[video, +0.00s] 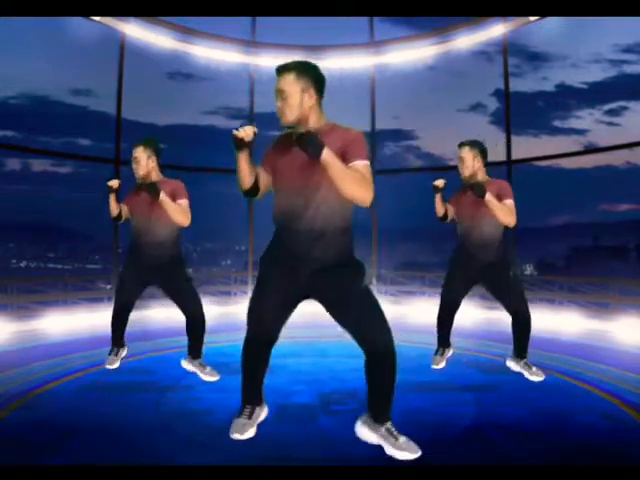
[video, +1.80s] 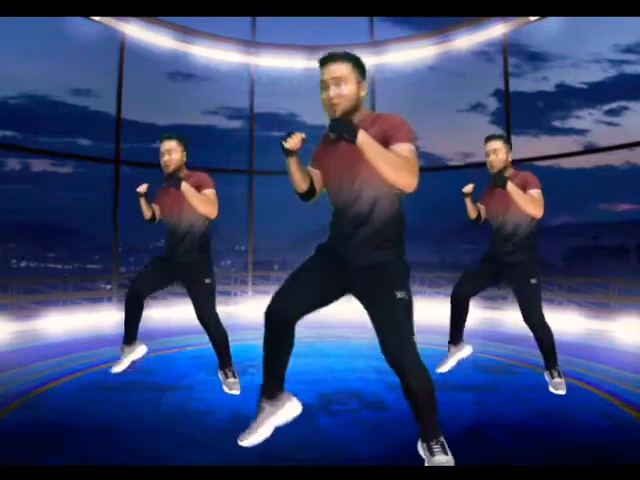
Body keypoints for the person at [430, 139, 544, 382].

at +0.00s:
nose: (461, 164)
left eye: (465, 159)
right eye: (460, 160)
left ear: (479, 160)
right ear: (462, 163)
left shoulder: (500, 188)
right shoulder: (461, 195)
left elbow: (510, 220)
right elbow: (444, 215)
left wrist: (486, 196)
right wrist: (438, 194)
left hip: (496, 264)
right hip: (465, 263)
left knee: (520, 312)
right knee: (447, 305)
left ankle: (519, 358)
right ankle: (443, 347)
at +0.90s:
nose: (480, 158)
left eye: (485, 152)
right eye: (479, 153)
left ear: (501, 154)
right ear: (481, 157)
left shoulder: (519, 180)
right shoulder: (480, 183)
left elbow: (524, 215)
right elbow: (469, 200)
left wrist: (501, 190)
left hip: (512, 262)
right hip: (488, 260)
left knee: (524, 317)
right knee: (464, 304)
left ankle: (549, 368)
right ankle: (466, 357)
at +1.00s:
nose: (479, 160)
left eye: (483, 155)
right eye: (478, 155)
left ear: (496, 157)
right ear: (482, 158)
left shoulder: (502, 183)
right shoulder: (489, 180)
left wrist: (468, 181)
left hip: (503, 259)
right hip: (486, 257)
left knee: (510, 315)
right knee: (464, 301)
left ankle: (554, 362)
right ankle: (466, 356)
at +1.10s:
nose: (479, 161)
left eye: (482, 156)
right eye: (478, 157)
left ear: (494, 157)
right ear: (492, 158)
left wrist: (423, 171)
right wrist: (427, 171)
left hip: (500, 260)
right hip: (489, 258)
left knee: (509, 317)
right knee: (462, 301)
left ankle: (555, 362)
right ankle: (465, 357)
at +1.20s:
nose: (475, 161)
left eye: (477, 156)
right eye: (475, 156)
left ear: (489, 156)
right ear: (490, 156)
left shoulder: (498, 176)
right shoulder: (495, 178)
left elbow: (465, 187)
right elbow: (482, 202)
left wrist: (445, 177)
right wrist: (461, 185)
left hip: (501, 258)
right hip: (489, 257)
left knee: (513, 315)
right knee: (463, 302)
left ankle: (553, 364)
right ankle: (466, 357)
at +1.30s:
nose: (473, 161)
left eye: (476, 156)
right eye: (473, 157)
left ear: (490, 155)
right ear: (484, 157)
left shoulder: (509, 178)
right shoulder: (483, 182)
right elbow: (475, 208)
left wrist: (479, 185)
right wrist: (473, 189)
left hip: (508, 259)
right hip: (487, 258)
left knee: (521, 314)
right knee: (466, 303)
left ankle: (551, 367)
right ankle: (466, 357)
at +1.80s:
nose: (492, 157)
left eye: (497, 152)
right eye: (488, 153)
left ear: (509, 154)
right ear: (486, 158)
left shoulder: (526, 178)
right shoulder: (491, 189)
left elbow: (537, 211)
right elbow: (477, 216)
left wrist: (507, 183)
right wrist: (468, 198)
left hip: (522, 261)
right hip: (494, 260)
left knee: (533, 318)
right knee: (460, 292)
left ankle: (553, 371)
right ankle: (456, 346)